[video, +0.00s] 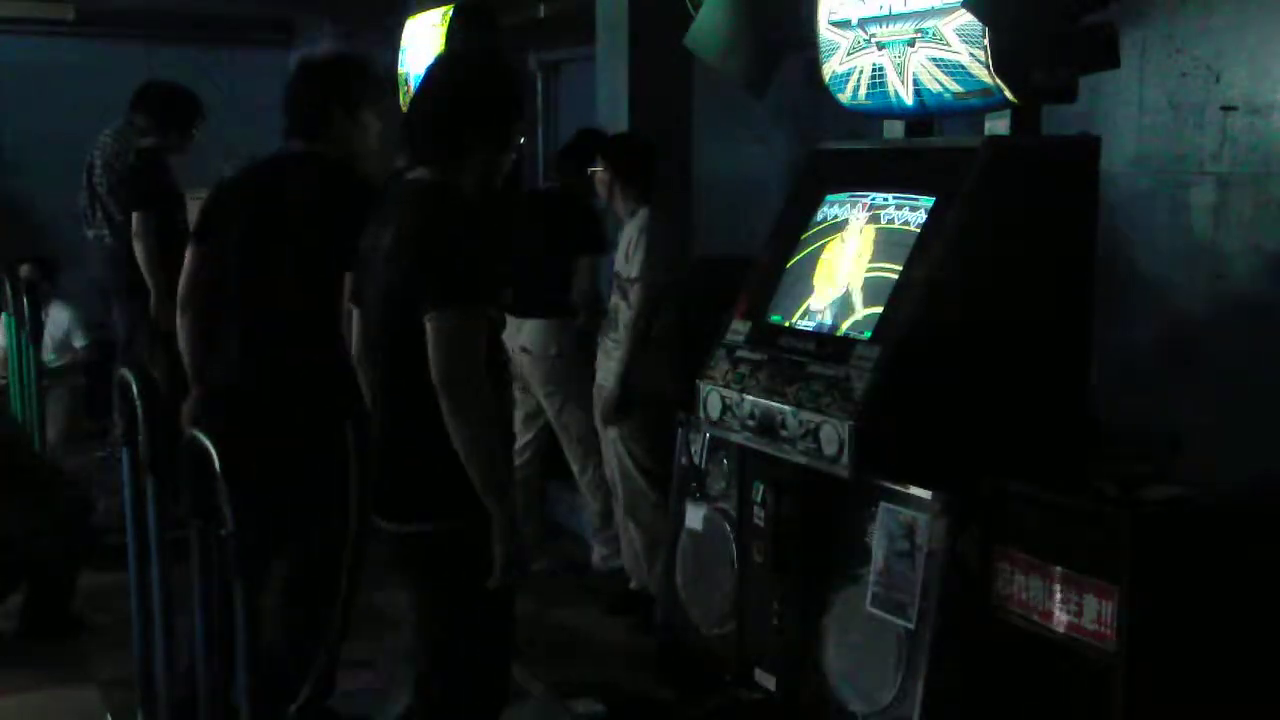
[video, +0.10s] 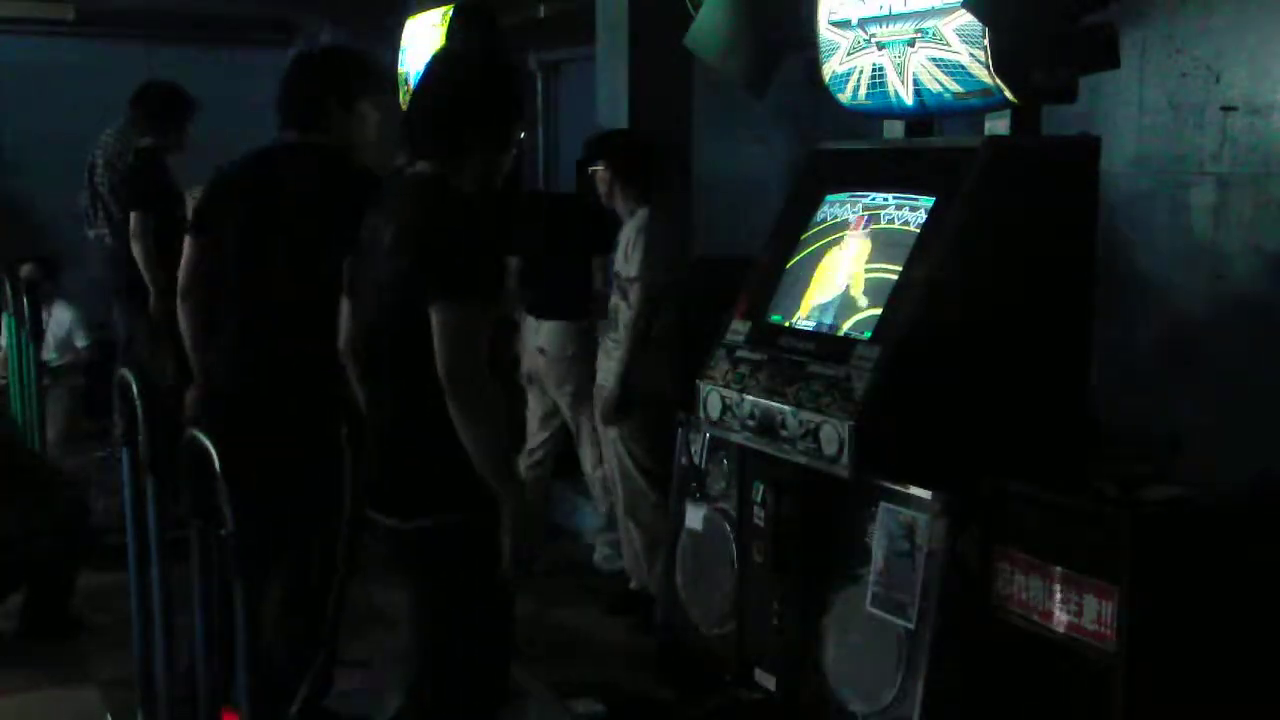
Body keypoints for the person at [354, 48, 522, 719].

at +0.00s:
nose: (516, 144)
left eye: (516, 126)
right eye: (513, 127)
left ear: (422, 114)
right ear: (494, 129)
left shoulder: (393, 206)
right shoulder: (464, 218)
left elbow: (358, 337)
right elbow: (458, 374)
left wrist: (390, 426)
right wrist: (500, 502)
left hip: (398, 475)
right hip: (450, 491)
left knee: (437, 668)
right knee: (468, 676)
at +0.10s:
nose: (515, 144)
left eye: (513, 126)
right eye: (512, 127)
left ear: (420, 114)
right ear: (500, 132)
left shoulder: (387, 203)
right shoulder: (465, 217)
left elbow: (350, 343)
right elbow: (463, 372)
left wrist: (387, 423)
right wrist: (507, 489)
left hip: (393, 469)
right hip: (452, 482)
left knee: (430, 659)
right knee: (468, 666)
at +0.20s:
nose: (518, 146)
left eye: (519, 128)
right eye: (516, 129)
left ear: (424, 112)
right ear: (496, 130)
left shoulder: (383, 197)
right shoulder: (468, 212)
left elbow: (344, 336)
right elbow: (464, 367)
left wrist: (380, 421)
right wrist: (512, 489)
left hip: (395, 458)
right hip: (452, 468)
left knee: (426, 641)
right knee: (474, 649)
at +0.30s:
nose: (519, 147)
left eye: (520, 129)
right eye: (516, 130)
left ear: (429, 116)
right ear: (495, 130)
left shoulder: (393, 202)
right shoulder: (466, 215)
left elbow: (354, 341)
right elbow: (458, 370)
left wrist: (388, 429)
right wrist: (514, 497)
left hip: (403, 464)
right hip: (455, 476)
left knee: (439, 651)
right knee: (477, 658)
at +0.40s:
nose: (522, 147)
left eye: (523, 130)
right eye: (517, 130)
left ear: (432, 115)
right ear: (494, 131)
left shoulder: (399, 208)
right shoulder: (464, 220)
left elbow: (368, 346)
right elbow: (456, 381)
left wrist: (399, 437)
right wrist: (510, 511)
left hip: (407, 470)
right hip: (453, 484)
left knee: (457, 658)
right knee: (483, 665)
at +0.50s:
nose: (521, 146)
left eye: (521, 126)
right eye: (517, 127)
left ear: (436, 111)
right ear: (496, 126)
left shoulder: (400, 200)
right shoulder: (461, 211)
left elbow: (370, 339)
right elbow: (451, 372)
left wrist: (402, 424)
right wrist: (495, 504)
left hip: (413, 467)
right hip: (462, 481)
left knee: (457, 661)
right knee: (485, 670)